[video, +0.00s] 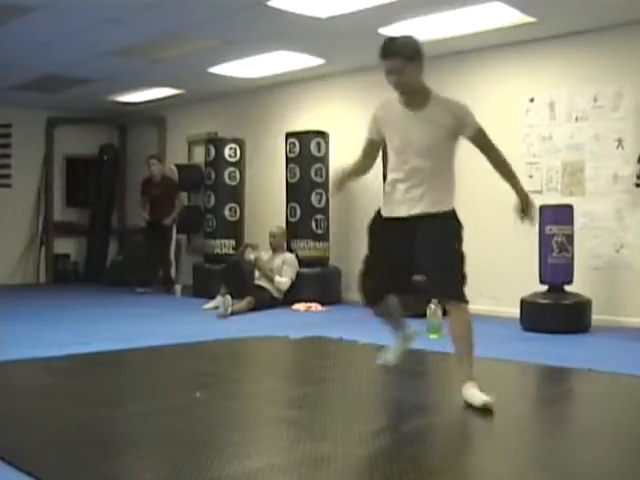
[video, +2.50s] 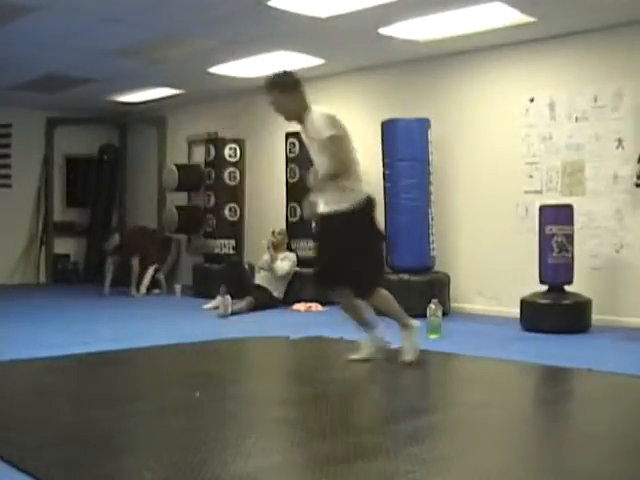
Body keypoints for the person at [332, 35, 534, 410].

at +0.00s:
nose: (394, 79)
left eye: (400, 71)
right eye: (388, 72)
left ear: (420, 66)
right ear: (384, 73)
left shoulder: (452, 111)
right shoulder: (384, 113)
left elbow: (490, 151)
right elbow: (366, 158)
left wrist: (520, 191)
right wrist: (347, 175)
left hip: (437, 219)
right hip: (391, 221)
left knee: (452, 297)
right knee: (372, 291)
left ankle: (468, 383)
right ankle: (403, 333)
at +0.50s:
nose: (333, 56)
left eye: (340, 46)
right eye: (325, 48)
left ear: (360, 44)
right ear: (318, 51)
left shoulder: (388, 92)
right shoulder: (304, 98)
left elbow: (458, 97)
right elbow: (271, 147)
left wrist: (448, 57)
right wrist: (241, 190)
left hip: (381, 220)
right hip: (324, 221)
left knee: (439, 293)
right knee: (287, 312)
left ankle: (464, 390)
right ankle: (251, 403)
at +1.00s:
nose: (321, 38)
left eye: (327, 34)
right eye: (313, 29)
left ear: (330, 44)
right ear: (290, 33)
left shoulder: (337, 100)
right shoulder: (249, 88)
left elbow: (349, 162)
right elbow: (223, 144)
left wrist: (359, 210)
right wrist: (225, 198)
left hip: (307, 222)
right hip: (252, 217)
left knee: (325, 309)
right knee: (227, 305)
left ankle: (318, 403)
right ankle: (215, 368)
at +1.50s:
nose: (175, 55)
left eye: (184, 48)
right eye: (172, 48)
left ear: (204, 53)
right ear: (168, 54)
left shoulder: (231, 95)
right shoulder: (169, 102)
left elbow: (272, 139)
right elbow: (166, 152)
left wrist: (303, 179)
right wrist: (151, 195)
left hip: (228, 203)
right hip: (187, 205)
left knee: (219, 292)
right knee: (176, 291)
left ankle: (225, 376)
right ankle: (192, 368)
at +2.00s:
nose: (195, 107)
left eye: (197, 99)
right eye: (191, 102)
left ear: (215, 87)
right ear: (198, 96)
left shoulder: (246, 117)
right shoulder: (217, 118)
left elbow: (242, 177)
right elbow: (218, 166)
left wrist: (206, 214)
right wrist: (197, 205)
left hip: (250, 205)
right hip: (229, 203)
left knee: (210, 272)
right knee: (224, 273)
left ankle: (189, 350)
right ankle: (265, 328)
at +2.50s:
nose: (277, 110)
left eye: (277, 102)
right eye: (273, 105)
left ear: (293, 95)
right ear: (286, 99)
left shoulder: (322, 122)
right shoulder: (308, 128)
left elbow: (341, 165)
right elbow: (330, 167)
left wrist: (315, 179)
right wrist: (317, 192)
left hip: (353, 213)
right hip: (331, 216)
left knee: (365, 285)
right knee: (336, 287)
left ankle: (409, 328)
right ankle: (376, 339)